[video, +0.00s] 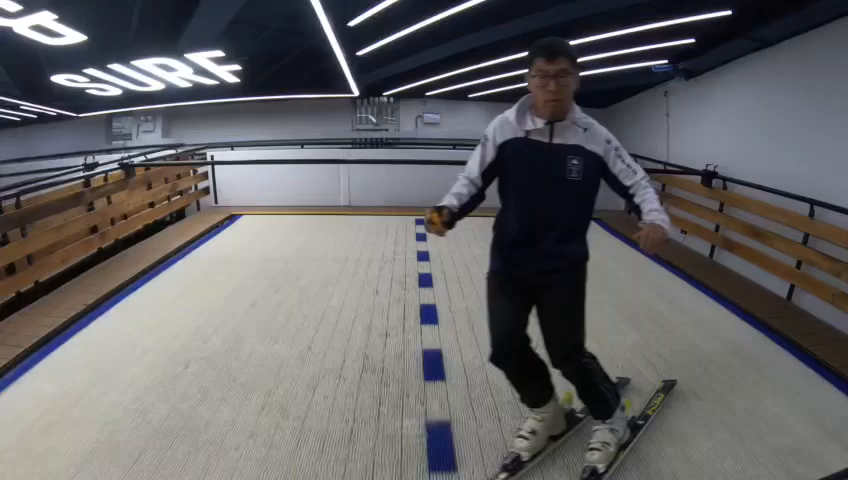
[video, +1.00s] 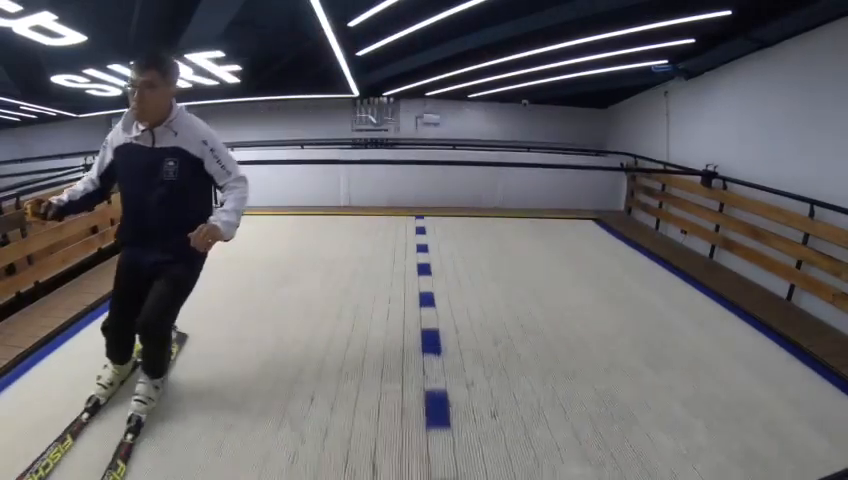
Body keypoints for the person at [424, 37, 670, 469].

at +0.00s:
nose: (552, 87)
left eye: (562, 78)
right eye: (542, 78)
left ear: (576, 82)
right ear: (529, 82)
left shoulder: (594, 136)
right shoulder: (504, 129)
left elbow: (635, 181)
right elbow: (472, 179)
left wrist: (655, 218)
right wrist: (447, 209)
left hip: (564, 262)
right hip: (510, 260)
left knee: (565, 353)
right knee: (505, 349)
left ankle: (611, 416)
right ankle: (548, 412)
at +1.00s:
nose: (136, 95)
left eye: (148, 87)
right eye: (133, 86)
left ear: (172, 91)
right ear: (128, 88)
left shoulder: (197, 135)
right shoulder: (120, 135)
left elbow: (237, 184)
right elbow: (96, 183)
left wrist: (220, 224)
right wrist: (59, 205)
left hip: (181, 249)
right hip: (136, 246)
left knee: (151, 322)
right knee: (116, 323)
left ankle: (152, 378)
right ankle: (121, 363)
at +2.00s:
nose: (415, 57)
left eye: (424, 48)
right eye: (406, 47)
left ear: (434, 56)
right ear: (388, 51)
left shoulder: (441, 109)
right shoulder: (357, 103)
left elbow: (467, 157)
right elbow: (320, 151)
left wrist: (495, 174)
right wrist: (311, 179)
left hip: (418, 232)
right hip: (367, 232)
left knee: (429, 322)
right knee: (372, 324)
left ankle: (403, 376)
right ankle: (337, 395)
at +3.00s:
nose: (588, 84)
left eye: (596, 75)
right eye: (578, 76)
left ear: (606, 77)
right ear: (559, 78)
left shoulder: (625, 130)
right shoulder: (535, 129)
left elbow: (667, 171)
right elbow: (507, 182)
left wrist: (693, 196)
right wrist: (492, 215)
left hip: (607, 259)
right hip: (551, 261)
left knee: (614, 345)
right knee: (564, 353)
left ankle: (645, 399)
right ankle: (591, 409)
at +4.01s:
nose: (204, 72)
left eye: (214, 63)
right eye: (199, 63)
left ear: (238, 65)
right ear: (196, 68)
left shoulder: (262, 110)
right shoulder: (191, 113)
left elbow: (302, 160)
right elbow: (173, 162)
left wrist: (286, 196)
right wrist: (134, 185)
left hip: (246, 224)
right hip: (204, 222)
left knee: (224, 303)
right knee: (189, 301)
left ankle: (230, 361)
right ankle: (203, 347)